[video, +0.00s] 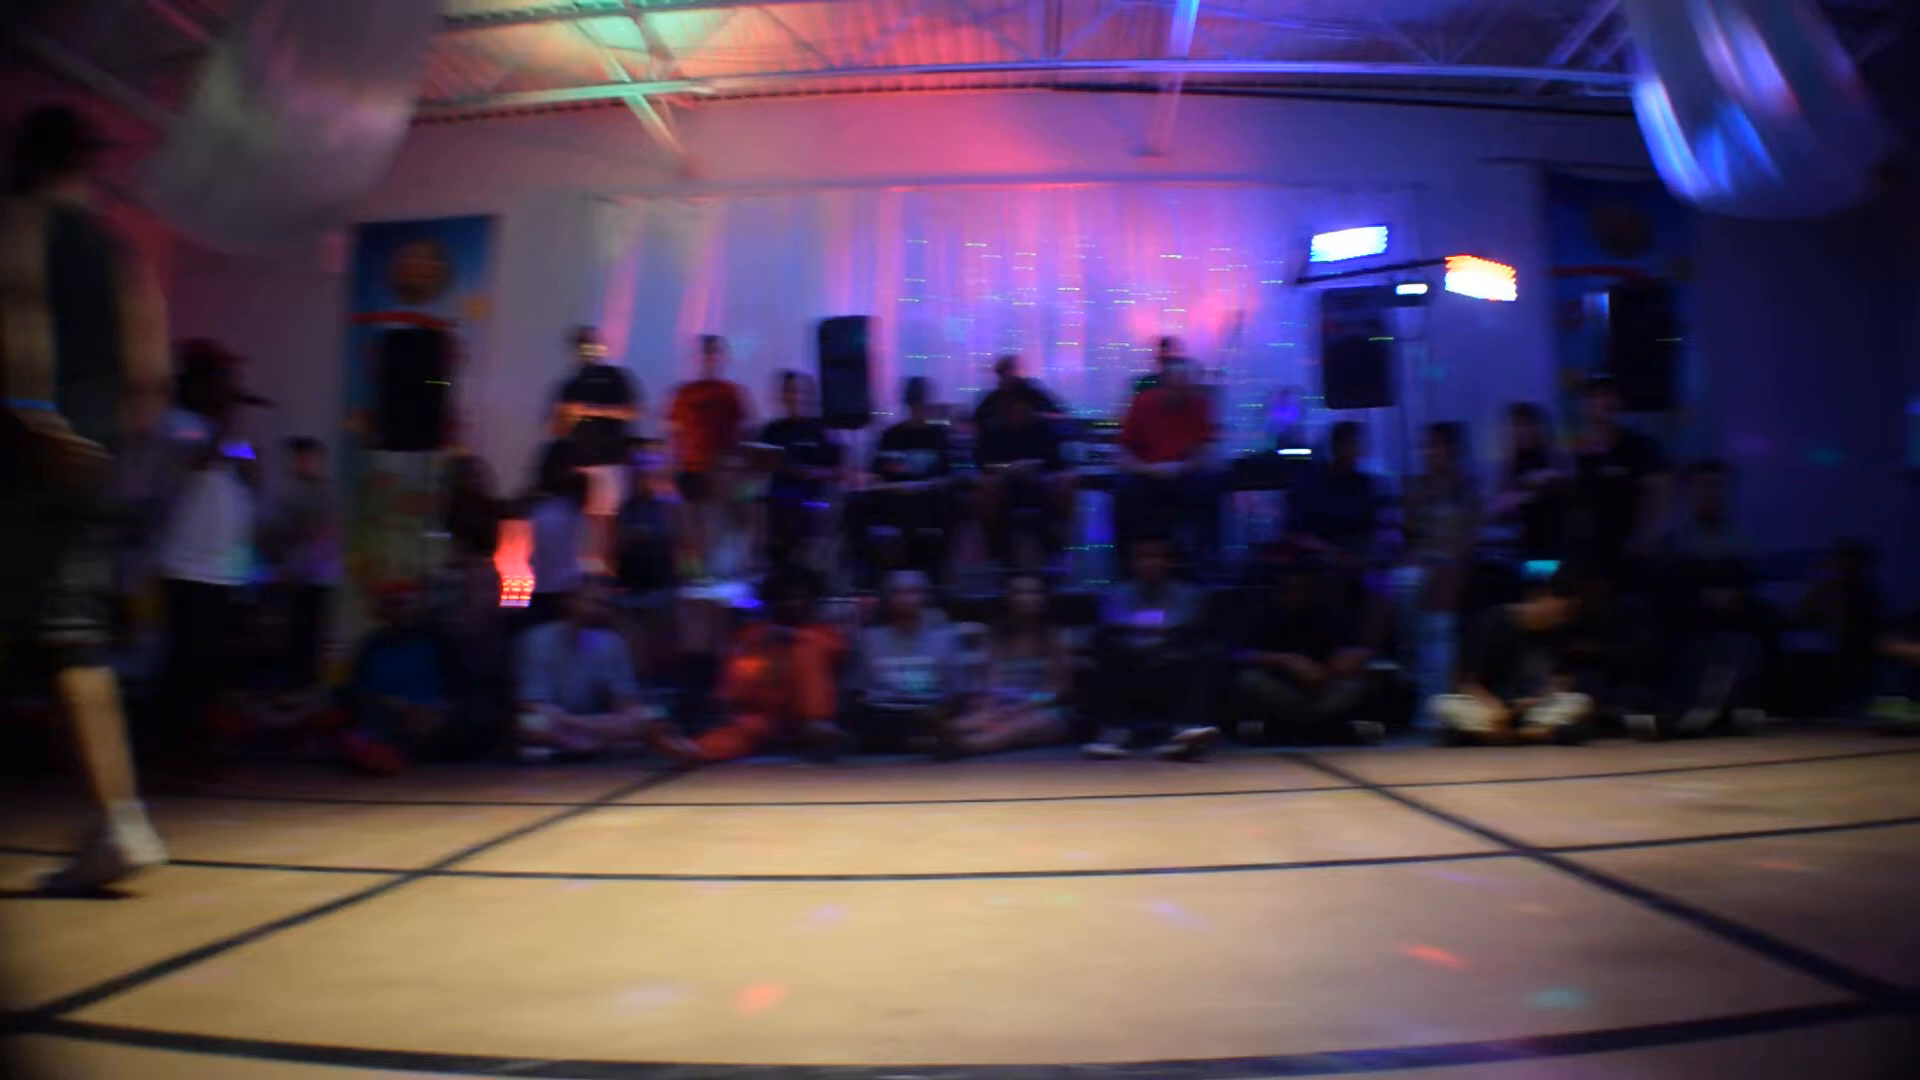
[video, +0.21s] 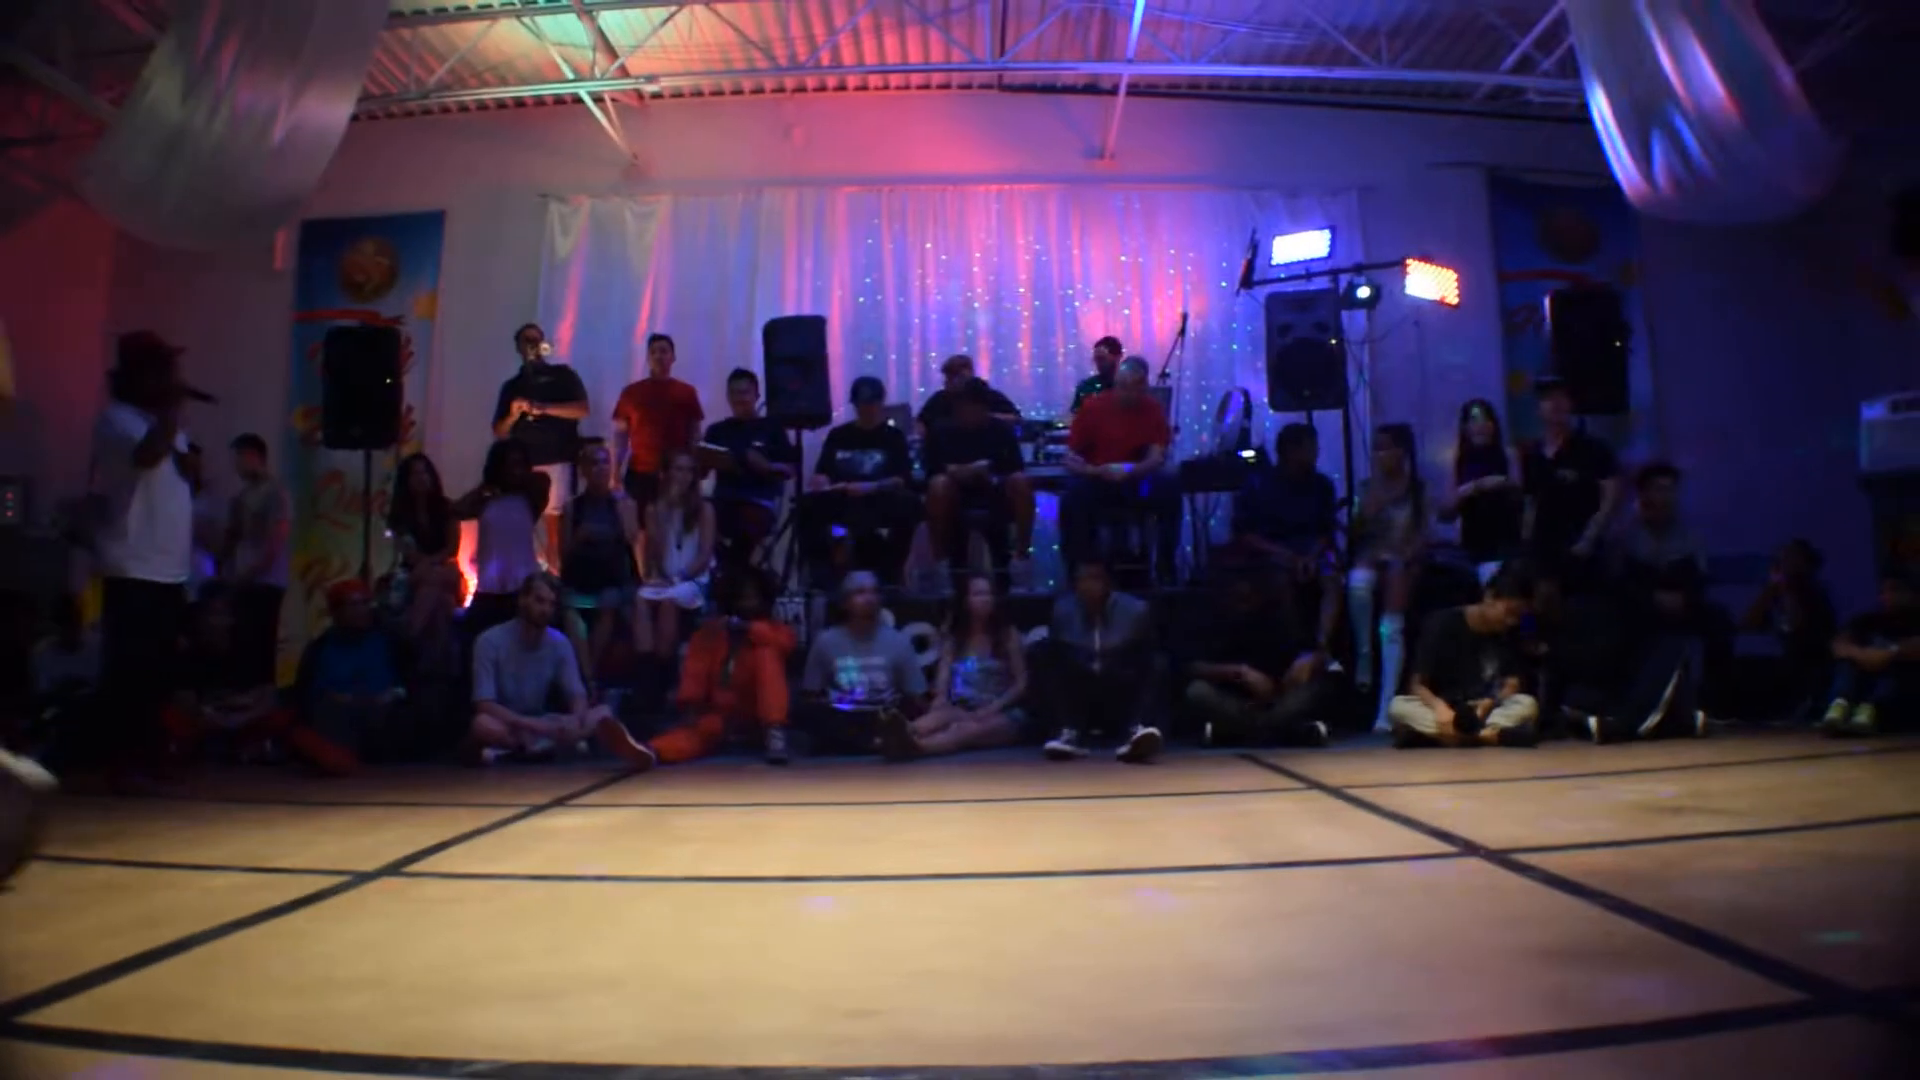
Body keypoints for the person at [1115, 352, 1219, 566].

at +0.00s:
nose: (1175, 380)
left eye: (1180, 374)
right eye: (1170, 374)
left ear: (1188, 376)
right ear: (1162, 375)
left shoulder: (1197, 403)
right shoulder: (1145, 402)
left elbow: (1207, 449)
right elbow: (1123, 451)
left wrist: (1182, 466)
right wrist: (1149, 468)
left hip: (1187, 477)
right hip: (1148, 476)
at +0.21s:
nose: (1128, 393)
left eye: (1135, 386)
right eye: (1123, 386)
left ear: (1145, 385)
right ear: (1114, 383)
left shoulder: (1152, 409)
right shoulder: (1092, 407)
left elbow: (1157, 456)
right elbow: (1070, 457)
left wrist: (1132, 472)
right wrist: (1097, 471)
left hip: (1136, 479)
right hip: (1099, 479)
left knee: (1169, 491)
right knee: (1073, 498)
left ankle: (1166, 569)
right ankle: (1077, 572)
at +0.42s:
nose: (1128, 381)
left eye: (1135, 375)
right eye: (1123, 374)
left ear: (1146, 378)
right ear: (1116, 376)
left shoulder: (1156, 409)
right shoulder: (1095, 406)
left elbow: (1161, 455)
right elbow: (1074, 455)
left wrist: (1133, 469)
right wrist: (1104, 467)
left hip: (1140, 478)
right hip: (1101, 479)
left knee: (1172, 489)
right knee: (1073, 492)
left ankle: (1168, 569)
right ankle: (1080, 575)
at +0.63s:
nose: (1122, 377)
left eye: (1129, 372)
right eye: (1118, 371)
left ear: (1140, 375)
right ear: (1112, 374)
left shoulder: (1153, 411)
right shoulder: (1092, 408)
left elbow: (1159, 458)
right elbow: (1071, 453)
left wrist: (1130, 469)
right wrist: (1081, 464)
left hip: (1137, 479)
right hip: (1099, 479)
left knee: (1170, 491)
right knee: (1068, 494)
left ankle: (1167, 566)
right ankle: (1077, 575)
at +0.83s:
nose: (1149, 376)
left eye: (1155, 370)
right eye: (1144, 370)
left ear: (1165, 375)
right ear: (1137, 375)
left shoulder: (1177, 411)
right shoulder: (1117, 410)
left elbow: (1185, 460)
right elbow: (1096, 459)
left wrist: (1157, 469)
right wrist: (1116, 468)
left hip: (1161, 483)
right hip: (1123, 483)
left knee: (1194, 490)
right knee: (1094, 493)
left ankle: (1192, 567)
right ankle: (1102, 572)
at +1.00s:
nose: (1139, 372)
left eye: (1146, 366)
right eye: (1135, 366)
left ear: (1159, 371)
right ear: (1130, 373)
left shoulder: (1174, 410)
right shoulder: (1112, 409)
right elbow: (1090, 457)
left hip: (1158, 482)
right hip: (1119, 481)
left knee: (1193, 488)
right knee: (1090, 492)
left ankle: (1189, 568)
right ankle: (1100, 574)